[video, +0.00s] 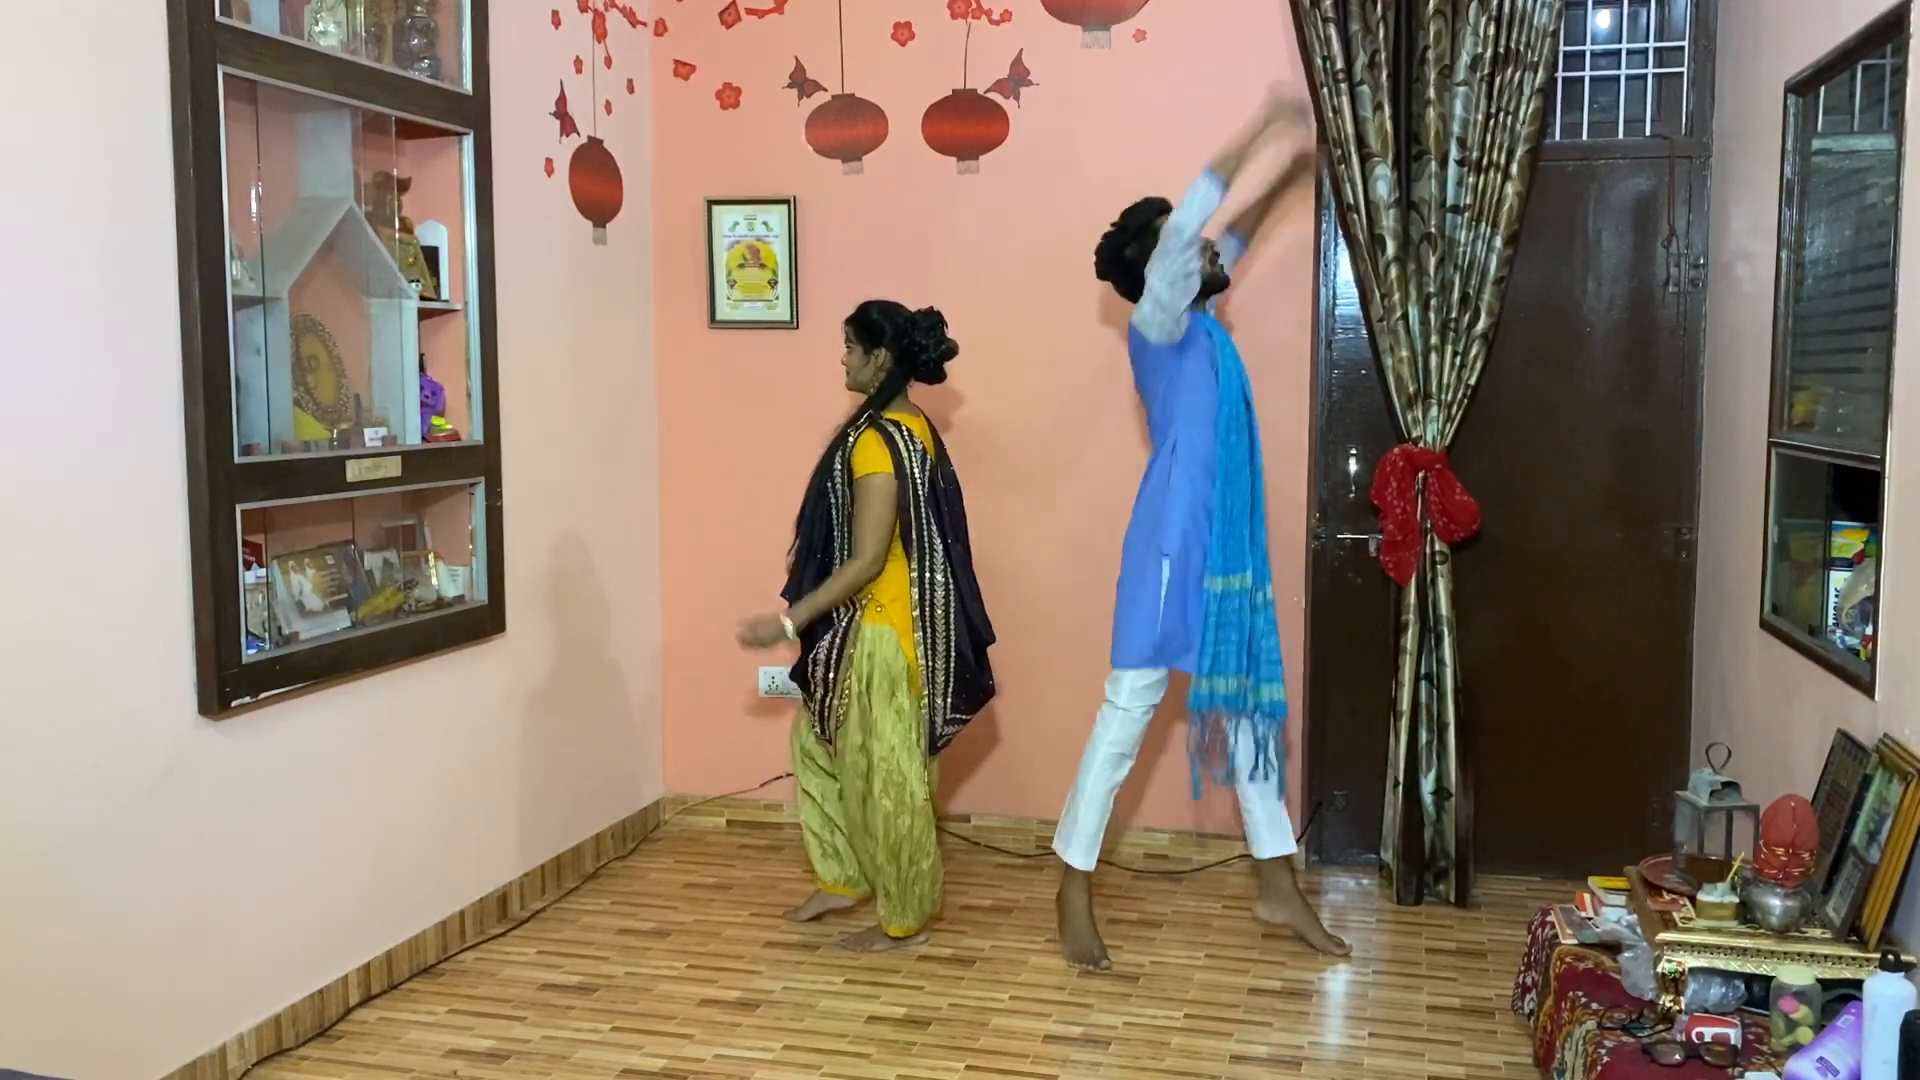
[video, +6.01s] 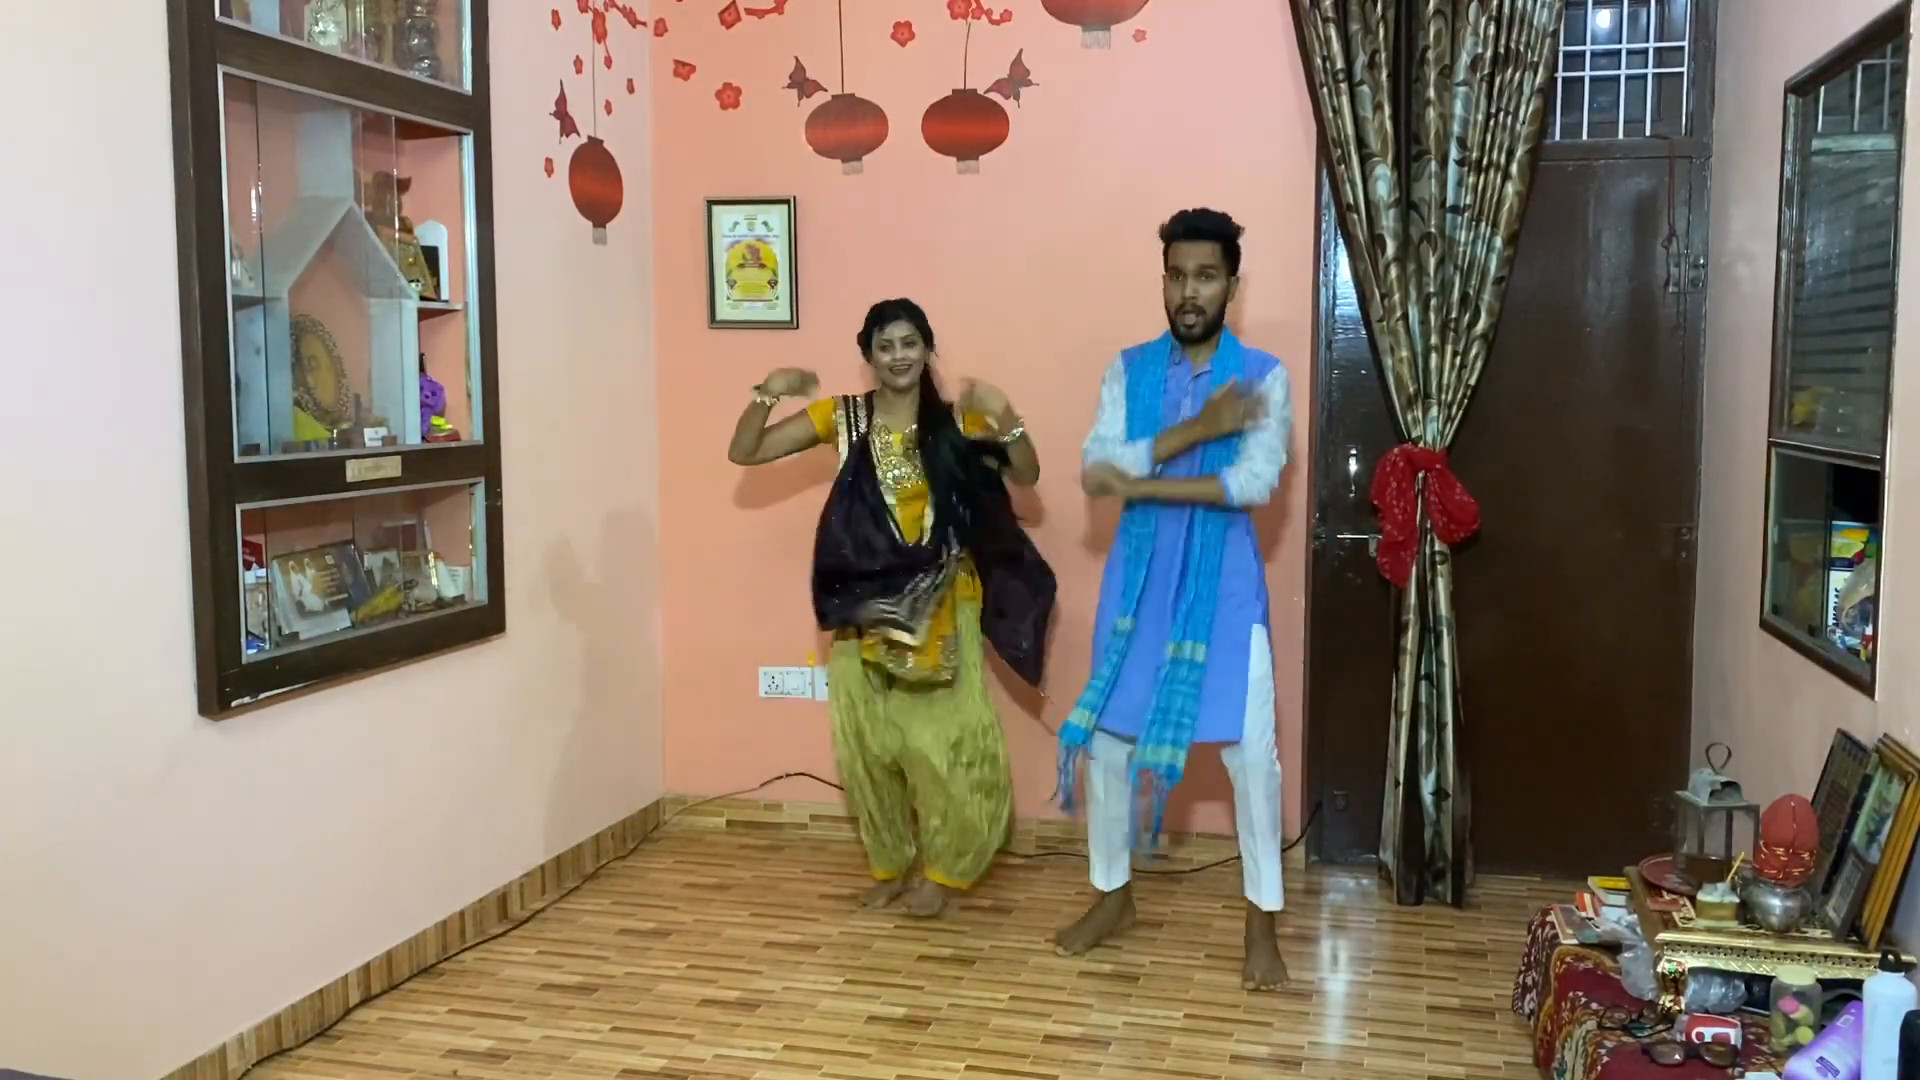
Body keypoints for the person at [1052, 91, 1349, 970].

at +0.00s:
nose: (1205, 255)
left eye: (1198, 246)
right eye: (1190, 248)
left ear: (1175, 270)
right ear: (1155, 269)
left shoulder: (1201, 321)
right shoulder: (1158, 326)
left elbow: (1234, 225)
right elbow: (1177, 230)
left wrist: (1288, 157)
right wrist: (1255, 129)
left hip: (1230, 540)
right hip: (1170, 539)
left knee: (1253, 700)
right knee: (1131, 707)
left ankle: (1278, 880)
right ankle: (1075, 885)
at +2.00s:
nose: (1197, 282)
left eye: (1209, 272)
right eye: (1198, 271)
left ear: (1250, 283)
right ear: (1212, 281)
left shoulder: (1270, 355)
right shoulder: (1198, 354)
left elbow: (1304, 347)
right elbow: (1158, 339)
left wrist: (1240, 269)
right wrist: (1143, 308)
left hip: (1243, 583)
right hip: (1164, 577)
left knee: (1277, 742)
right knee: (1107, 722)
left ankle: (1319, 914)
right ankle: (1128, 890)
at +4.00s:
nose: (1156, 302)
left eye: (1166, 288)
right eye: (1158, 288)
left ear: (1210, 295)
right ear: (1210, 297)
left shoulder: (1235, 371)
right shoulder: (1198, 381)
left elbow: (1128, 435)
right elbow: (1131, 472)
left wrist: (1061, 392)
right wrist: (1055, 431)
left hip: (1219, 598)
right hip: (1159, 597)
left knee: (1271, 757)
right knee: (1110, 734)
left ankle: (1337, 931)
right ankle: (1116, 905)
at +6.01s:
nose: (1190, 291)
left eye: (1206, 276)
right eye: (1177, 275)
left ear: (1233, 284)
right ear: (1161, 282)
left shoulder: (1262, 375)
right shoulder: (1130, 369)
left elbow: (1252, 483)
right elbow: (1096, 471)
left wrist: (1136, 486)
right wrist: (1200, 428)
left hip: (1226, 585)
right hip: (1141, 583)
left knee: (1250, 747)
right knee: (1108, 738)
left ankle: (1262, 917)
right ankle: (1111, 893)